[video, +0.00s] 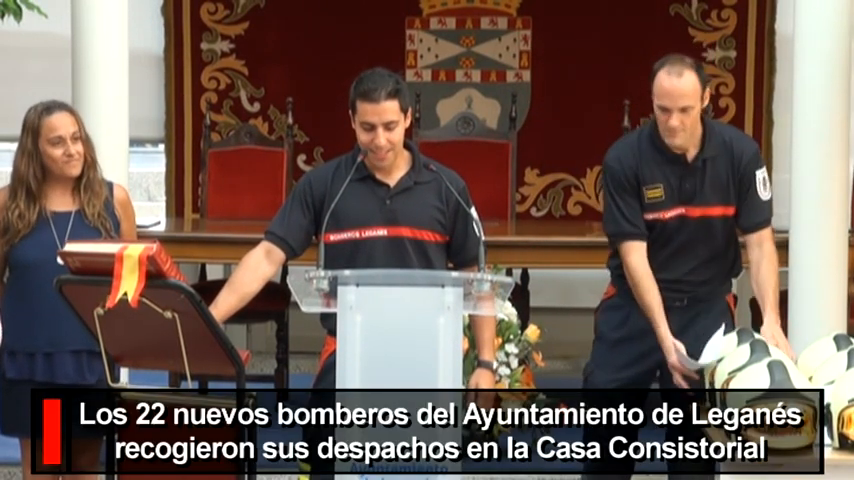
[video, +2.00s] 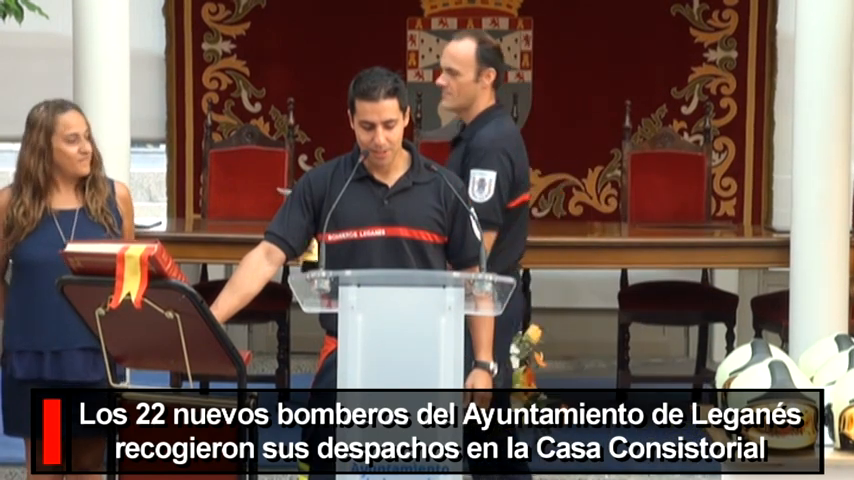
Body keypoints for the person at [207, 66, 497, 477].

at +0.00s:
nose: (379, 140)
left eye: (390, 127)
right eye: (368, 127)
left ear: (408, 119)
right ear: (353, 122)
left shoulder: (447, 188)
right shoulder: (323, 184)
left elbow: (476, 281)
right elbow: (267, 255)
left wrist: (485, 364)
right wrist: (207, 322)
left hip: (428, 352)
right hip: (348, 351)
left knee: (430, 469)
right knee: (330, 464)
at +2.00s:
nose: (379, 139)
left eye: (389, 125)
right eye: (367, 127)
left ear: (406, 119)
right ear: (351, 122)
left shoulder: (443, 189)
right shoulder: (321, 184)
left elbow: (474, 280)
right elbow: (267, 255)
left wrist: (484, 364)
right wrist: (208, 323)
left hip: (428, 355)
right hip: (347, 353)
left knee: (429, 471)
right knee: (329, 468)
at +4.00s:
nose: (384, 139)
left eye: (394, 126)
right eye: (373, 127)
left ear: (411, 120)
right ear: (357, 123)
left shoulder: (448, 190)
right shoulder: (327, 185)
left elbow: (481, 281)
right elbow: (273, 256)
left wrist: (488, 365)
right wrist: (214, 323)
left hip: (434, 353)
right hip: (353, 352)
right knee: (328, 460)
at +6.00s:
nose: (376, 128)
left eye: (387, 116)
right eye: (366, 117)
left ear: (413, 118)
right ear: (356, 120)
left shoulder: (453, 192)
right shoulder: (330, 185)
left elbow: (482, 283)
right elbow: (274, 257)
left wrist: (489, 367)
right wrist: (214, 325)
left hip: (431, 359)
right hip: (352, 358)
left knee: (429, 469)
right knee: (330, 466)